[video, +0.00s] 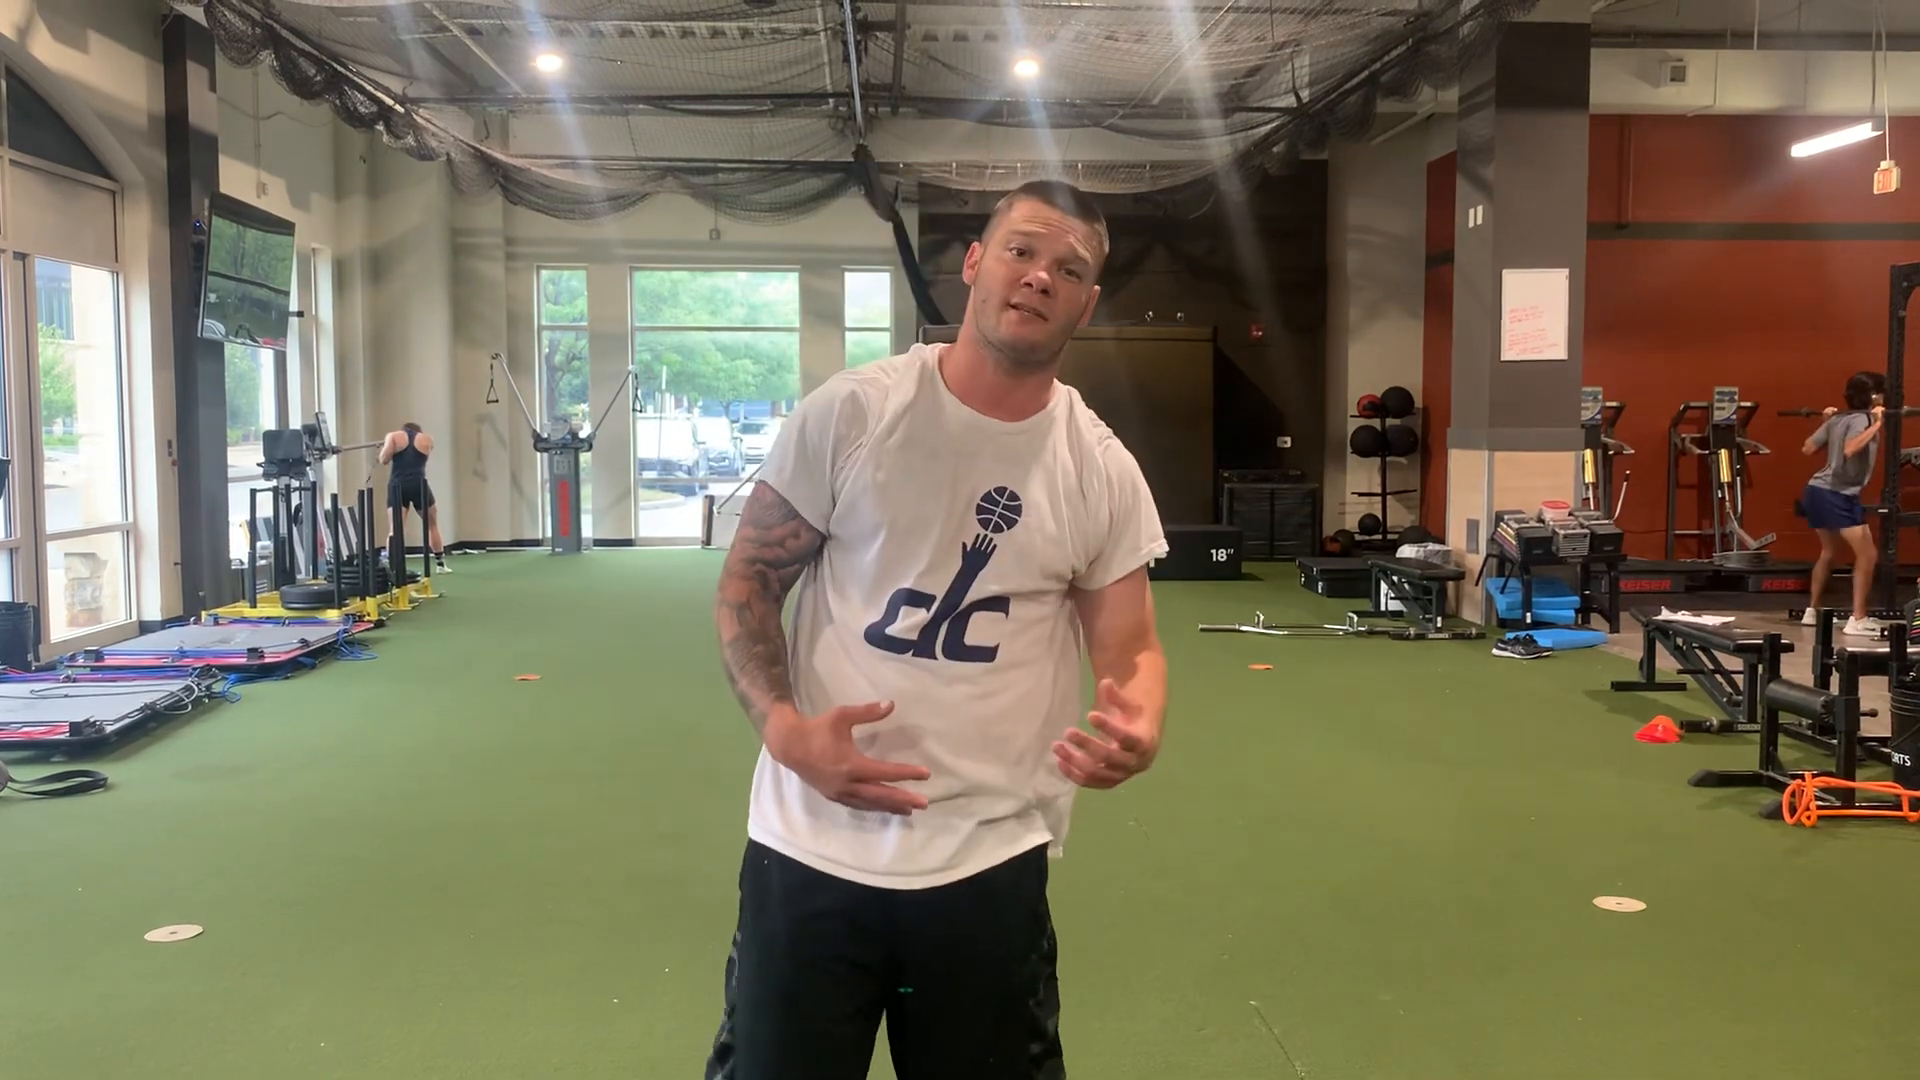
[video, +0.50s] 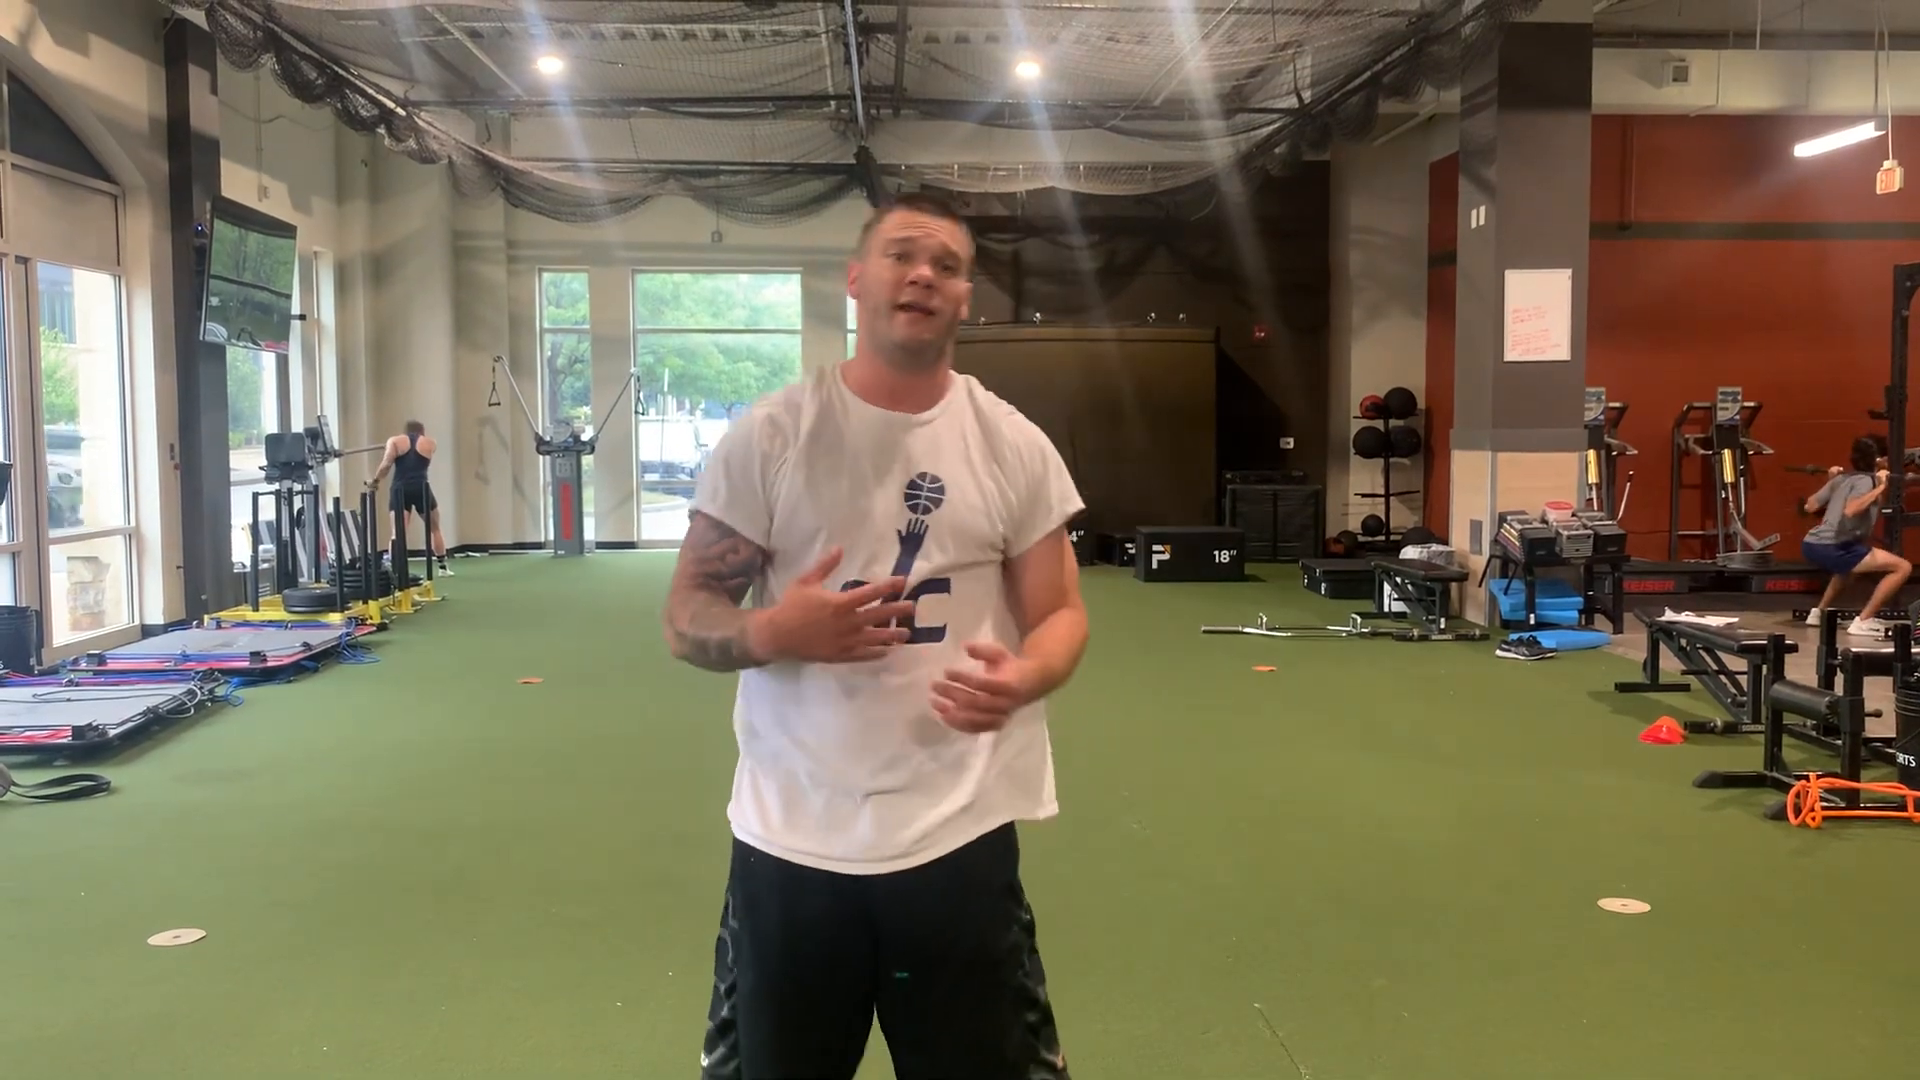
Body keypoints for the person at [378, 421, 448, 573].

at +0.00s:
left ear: (403, 429)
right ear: (419, 431)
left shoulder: (393, 436)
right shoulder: (427, 440)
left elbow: (383, 459)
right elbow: (424, 456)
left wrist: (383, 449)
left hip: (398, 485)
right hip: (419, 484)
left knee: (395, 528)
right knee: (432, 524)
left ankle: (389, 563)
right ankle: (441, 563)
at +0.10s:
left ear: (404, 430)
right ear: (420, 432)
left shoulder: (394, 436)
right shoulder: (428, 440)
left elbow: (384, 459)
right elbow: (423, 458)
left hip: (398, 486)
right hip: (420, 485)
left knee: (395, 529)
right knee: (433, 525)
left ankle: (390, 564)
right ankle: (441, 564)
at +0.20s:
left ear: (405, 430)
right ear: (421, 432)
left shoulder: (394, 437)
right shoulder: (429, 441)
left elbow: (384, 460)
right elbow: (423, 459)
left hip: (399, 486)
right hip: (420, 485)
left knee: (396, 529)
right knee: (433, 526)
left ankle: (391, 565)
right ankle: (442, 565)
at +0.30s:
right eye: (421, 433)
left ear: (405, 430)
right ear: (421, 433)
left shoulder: (394, 439)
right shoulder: (429, 442)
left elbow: (384, 461)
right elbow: (424, 460)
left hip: (399, 487)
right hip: (420, 485)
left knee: (396, 530)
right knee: (433, 527)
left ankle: (390, 564)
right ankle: (442, 565)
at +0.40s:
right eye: (422, 435)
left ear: (405, 432)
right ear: (421, 433)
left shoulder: (394, 440)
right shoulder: (429, 443)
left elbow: (385, 462)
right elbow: (422, 461)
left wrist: (376, 473)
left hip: (399, 488)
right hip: (420, 487)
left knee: (396, 532)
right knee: (433, 528)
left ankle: (392, 567)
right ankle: (442, 566)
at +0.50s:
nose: (423, 436)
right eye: (423, 433)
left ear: (405, 432)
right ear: (421, 432)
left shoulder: (394, 441)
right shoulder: (429, 443)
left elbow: (386, 464)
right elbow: (424, 465)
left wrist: (375, 480)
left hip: (400, 489)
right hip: (421, 488)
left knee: (397, 532)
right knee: (434, 528)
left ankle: (393, 567)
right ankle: (443, 567)